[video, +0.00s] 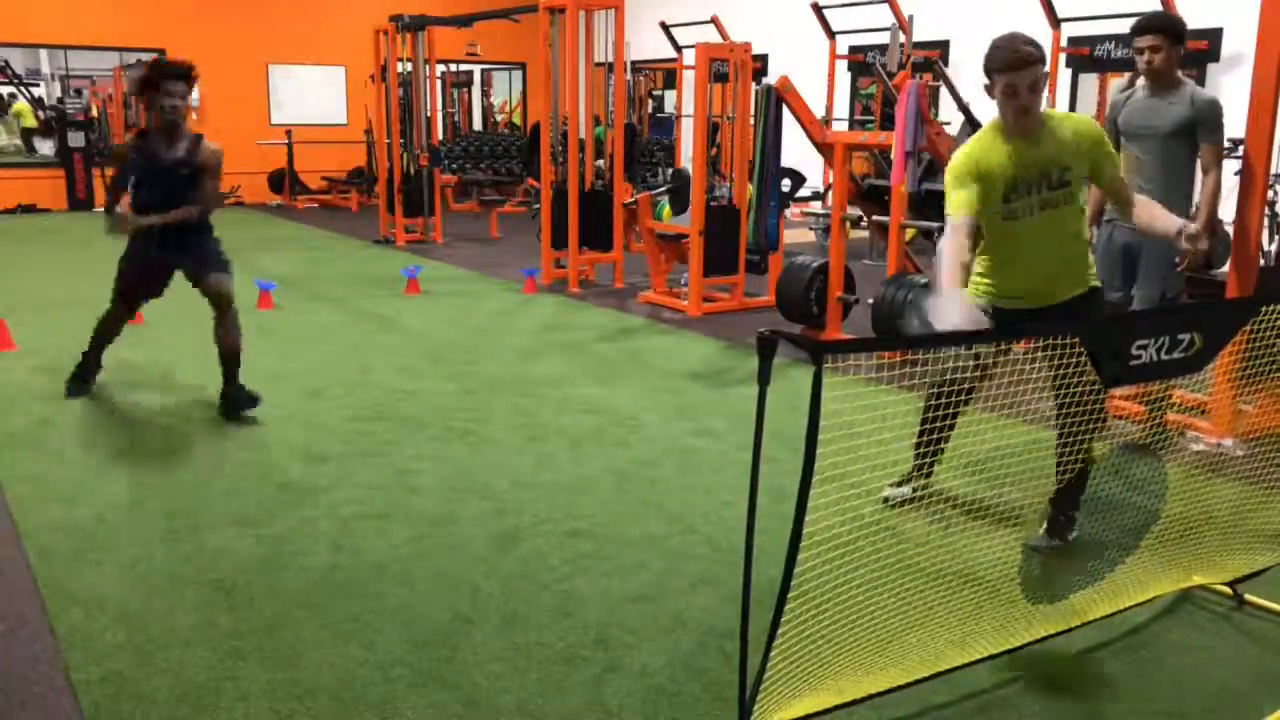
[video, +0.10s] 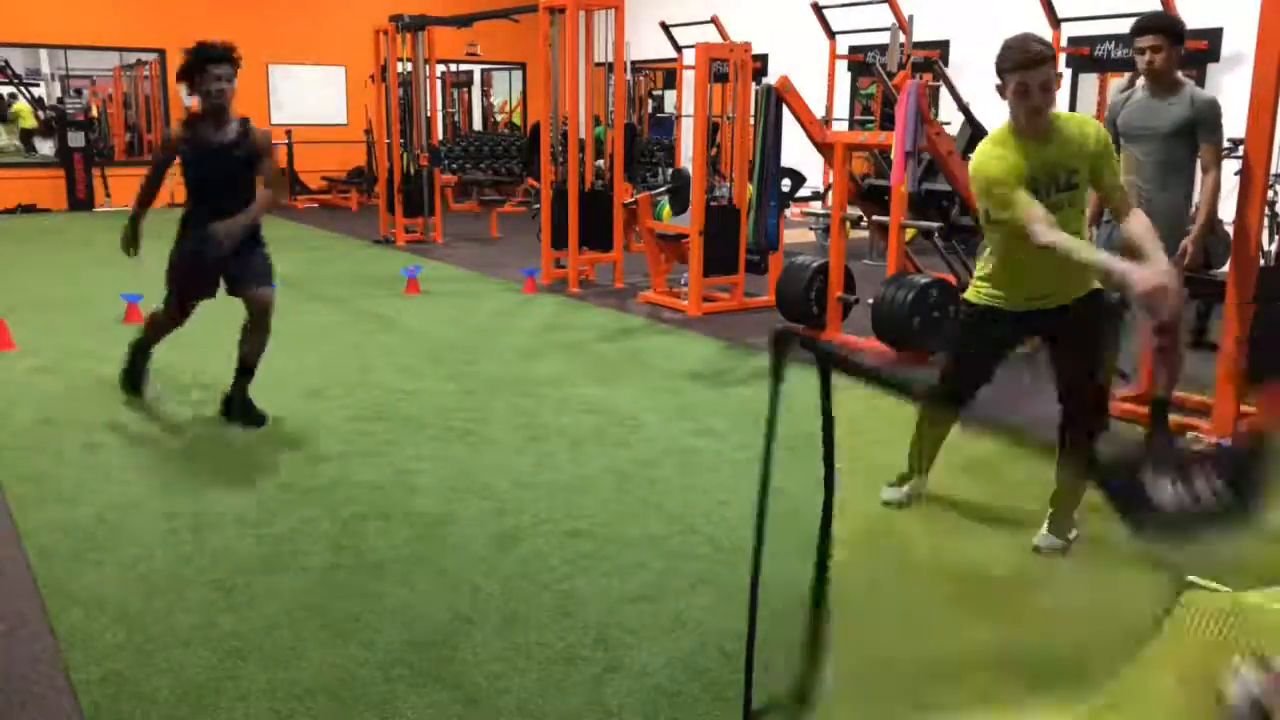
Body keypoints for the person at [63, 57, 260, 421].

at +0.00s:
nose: (172, 104)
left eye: (180, 97)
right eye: (165, 96)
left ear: (189, 104)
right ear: (150, 102)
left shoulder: (206, 153)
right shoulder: (137, 149)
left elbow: (204, 208)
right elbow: (115, 194)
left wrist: (147, 221)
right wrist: (115, 213)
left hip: (196, 238)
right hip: (150, 240)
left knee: (224, 297)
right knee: (120, 311)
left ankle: (231, 389)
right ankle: (87, 367)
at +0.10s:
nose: (219, 87)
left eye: (226, 79)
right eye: (210, 79)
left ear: (235, 85)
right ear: (195, 87)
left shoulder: (253, 138)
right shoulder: (182, 137)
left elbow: (275, 193)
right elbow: (154, 179)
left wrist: (236, 225)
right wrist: (135, 221)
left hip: (243, 233)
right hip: (198, 234)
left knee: (262, 304)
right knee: (176, 313)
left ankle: (239, 396)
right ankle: (140, 351)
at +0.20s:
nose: (270, 77)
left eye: (274, 69)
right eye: (260, 69)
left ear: (281, 73)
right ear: (239, 76)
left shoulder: (298, 120)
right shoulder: (222, 129)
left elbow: (320, 163)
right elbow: (189, 178)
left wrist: (331, 191)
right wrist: (168, 234)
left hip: (292, 225)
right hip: (247, 229)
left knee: (321, 295)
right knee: (252, 304)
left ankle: (279, 374)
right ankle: (233, 389)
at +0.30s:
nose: (325, 88)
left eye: (329, 80)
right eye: (315, 81)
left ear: (333, 85)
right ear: (291, 87)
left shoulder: (339, 129)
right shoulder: (273, 142)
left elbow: (346, 170)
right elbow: (236, 191)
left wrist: (390, 181)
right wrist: (218, 245)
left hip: (340, 235)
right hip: (299, 241)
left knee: (386, 299)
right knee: (322, 317)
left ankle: (373, 388)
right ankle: (332, 420)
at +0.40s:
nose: (380, 117)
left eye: (384, 109)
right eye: (371, 109)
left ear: (388, 112)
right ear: (348, 115)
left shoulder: (384, 156)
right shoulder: (332, 168)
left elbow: (382, 200)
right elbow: (290, 218)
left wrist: (422, 200)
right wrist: (285, 266)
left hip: (390, 262)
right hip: (353, 268)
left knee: (454, 317)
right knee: (388, 331)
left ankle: (493, 407)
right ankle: (372, 435)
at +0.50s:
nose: (421, 118)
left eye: (424, 110)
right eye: (412, 111)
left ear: (429, 113)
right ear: (388, 118)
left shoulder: (426, 158)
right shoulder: (376, 171)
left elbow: (418, 213)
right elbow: (346, 227)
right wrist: (349, 271)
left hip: (438, 262)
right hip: (403, 270)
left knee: (501, 316)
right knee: (448, 325)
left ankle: (517, 407)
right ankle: (406, 421)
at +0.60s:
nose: (455, 104)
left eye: (456, 94)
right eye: (445, 95)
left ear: (452, 99)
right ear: (419, 100)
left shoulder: (446, 147)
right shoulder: (409, 152)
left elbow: (451, 195)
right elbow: (377, 208)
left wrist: (488, 193)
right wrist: (398, 257)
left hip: (465, 249)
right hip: (435, 258)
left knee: (526, 304)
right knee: (495, 317)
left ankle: (525, 394)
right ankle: (467, 412)